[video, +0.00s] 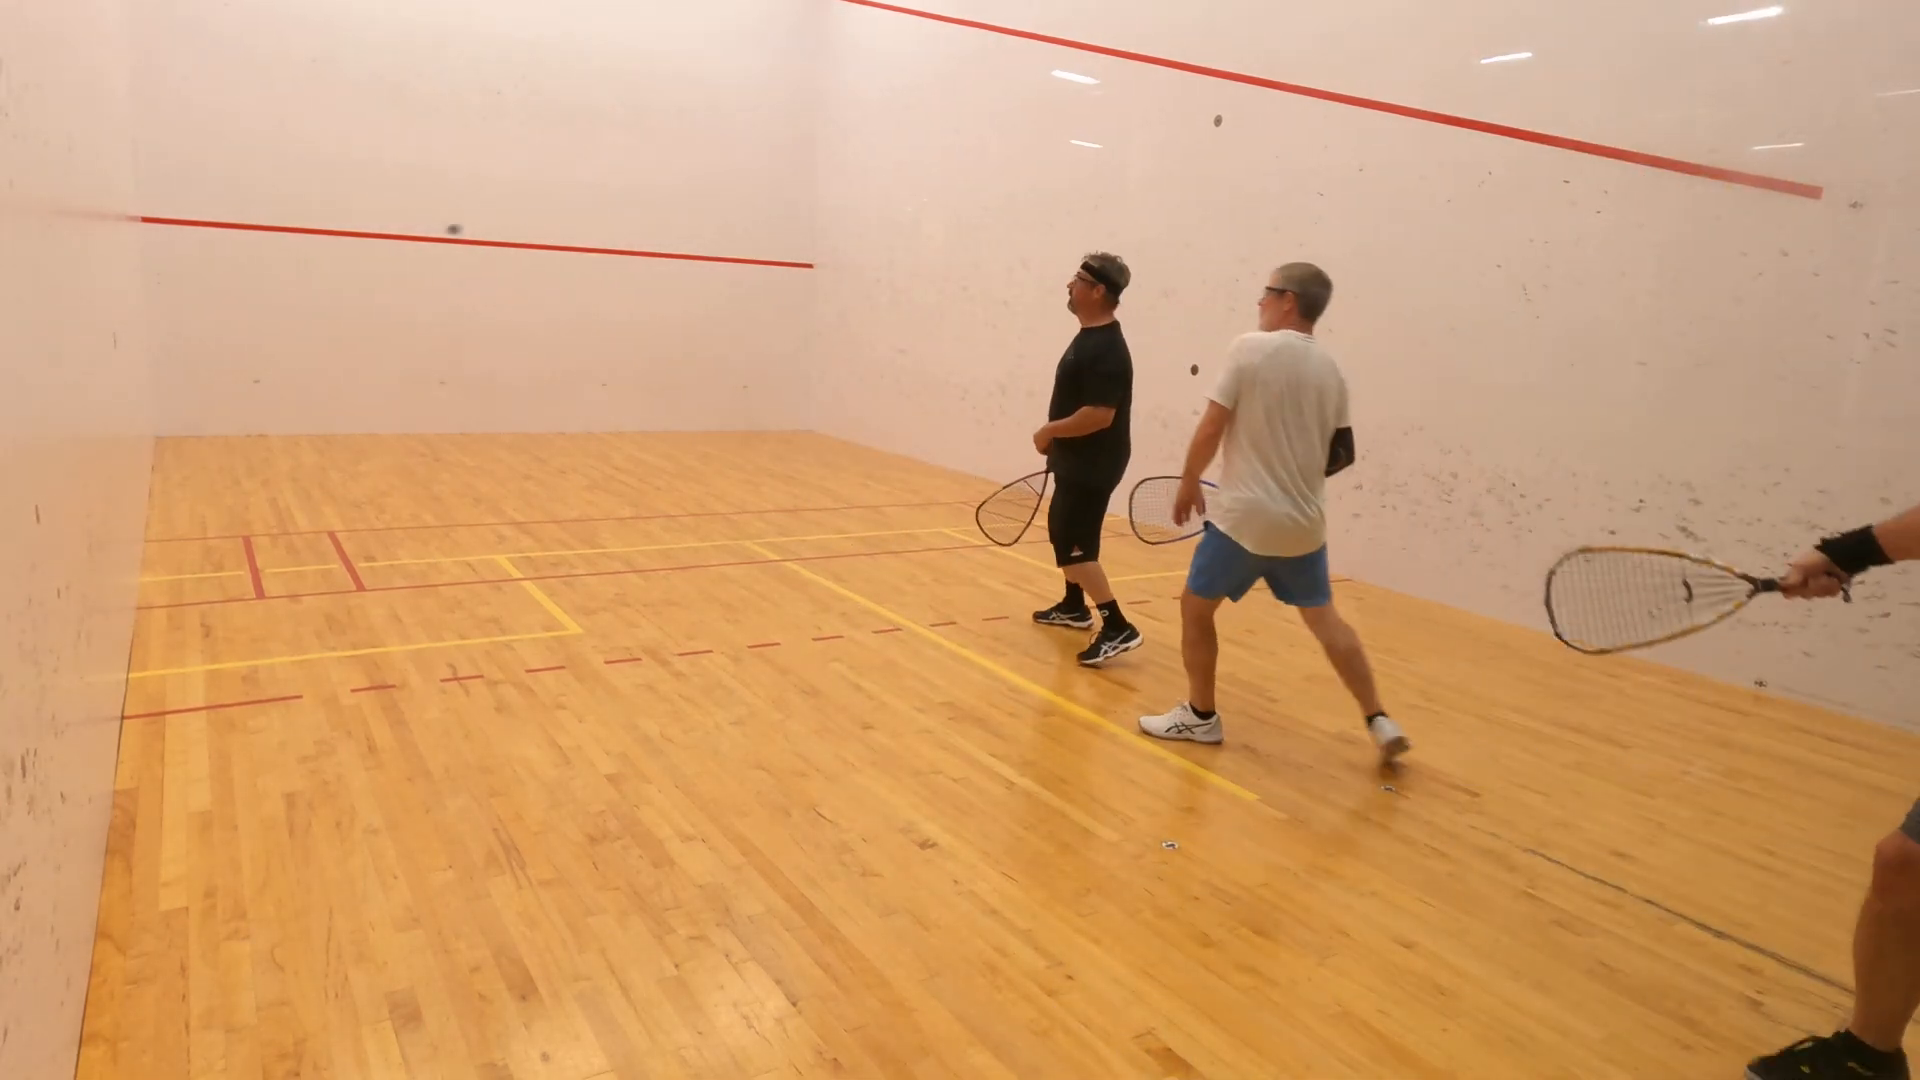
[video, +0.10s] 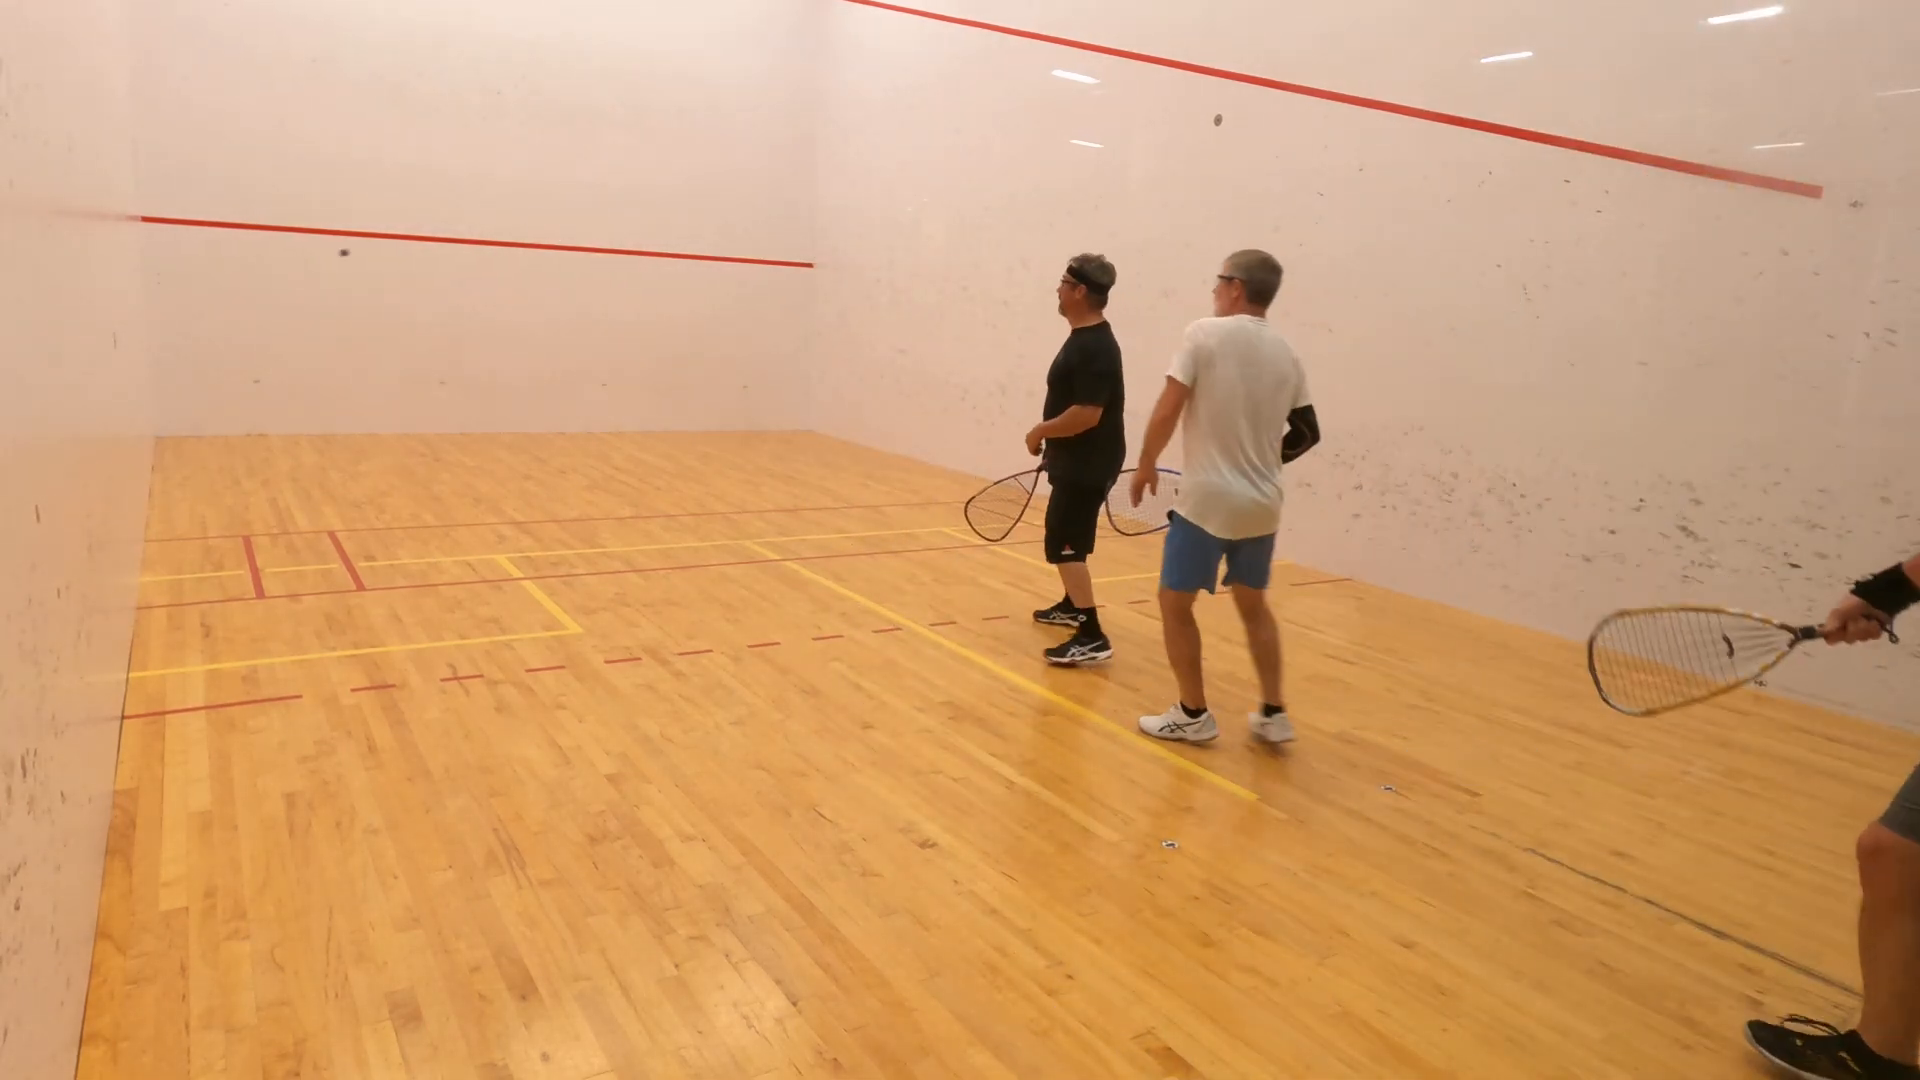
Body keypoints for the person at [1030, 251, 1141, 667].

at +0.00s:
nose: (1070, 284)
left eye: (1079, 280)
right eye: (1075, 278)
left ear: (1099, 292)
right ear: (1098, 293)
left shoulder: (1106, 348)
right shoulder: (1090, 336)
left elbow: (1101, 414)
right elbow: (1085, 402)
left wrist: (1051, 431)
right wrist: (1055, 436)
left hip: (1094, 463)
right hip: (1077, 457)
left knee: (1072, 540)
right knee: (1062, 530)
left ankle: (1117, 625)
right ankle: (1074, 603)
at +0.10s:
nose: (1058, 289)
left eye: (1065, 284)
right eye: (1061, 283)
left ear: (1082, 293)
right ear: (1088, 294)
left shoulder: (1095, 346)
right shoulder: (1084, 337)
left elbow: (1089, 413)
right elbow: (1079, 404)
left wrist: (1041, 432)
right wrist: (1054, 441)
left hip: (1088, 463)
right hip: (1079, 458)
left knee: (1063, 542)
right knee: (1066, 535)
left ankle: (1091, 635)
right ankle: (1075, 604)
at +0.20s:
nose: (1043, 299)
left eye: (1049, 293)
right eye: (1045, 292)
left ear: (1066, 300)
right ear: (1074, 301)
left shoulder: (1083, 352)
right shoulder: (1073, 344)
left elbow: (1075, 418)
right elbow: (1067, 409)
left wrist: (1029, 440)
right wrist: (1045, 447)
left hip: (1075, 468)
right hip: (1070, 464)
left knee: (1050, 545)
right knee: (1064, 538)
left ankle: (1065, 640)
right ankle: (1073, 606)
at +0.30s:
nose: (1026, 314)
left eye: (1031, 307)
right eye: (1027, 306)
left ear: (1049, 312)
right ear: (1059, 313)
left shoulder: (1071, 362)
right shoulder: (1060, 356)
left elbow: (1064, 428)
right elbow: (1057, 424)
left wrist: (1018, 453)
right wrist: (1031, 458)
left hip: (1074, 477)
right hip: (1067, 474)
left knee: (1036, 548)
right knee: (1056, 545)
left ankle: (1046, 641)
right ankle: (1078, 610)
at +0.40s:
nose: (1008, 331)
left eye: (1013, 323)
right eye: (1009, 323)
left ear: (1033, 327)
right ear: (1043, 326)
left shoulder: (1058, 376)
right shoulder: (1049, 367)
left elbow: (1052, 446)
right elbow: (1055, 440)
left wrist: (1006, 470)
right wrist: (1025, 468)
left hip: (1058, 493)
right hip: (1062, 487)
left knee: (1020, 559)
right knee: (1057, 543)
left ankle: (1036, 651)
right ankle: (1075, 607)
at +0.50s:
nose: (993, 337)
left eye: (998, 329)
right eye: (994, 328)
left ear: (1019, 333)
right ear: (1020, 332)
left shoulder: (1049, 382)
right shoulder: (1030, 377)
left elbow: (1051, 455)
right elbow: (1033, 447)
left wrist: (1006, 489)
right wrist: (998, 473)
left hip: (1045, 498)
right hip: (1031, 493)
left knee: (1016, 561)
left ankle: (1037, 649)